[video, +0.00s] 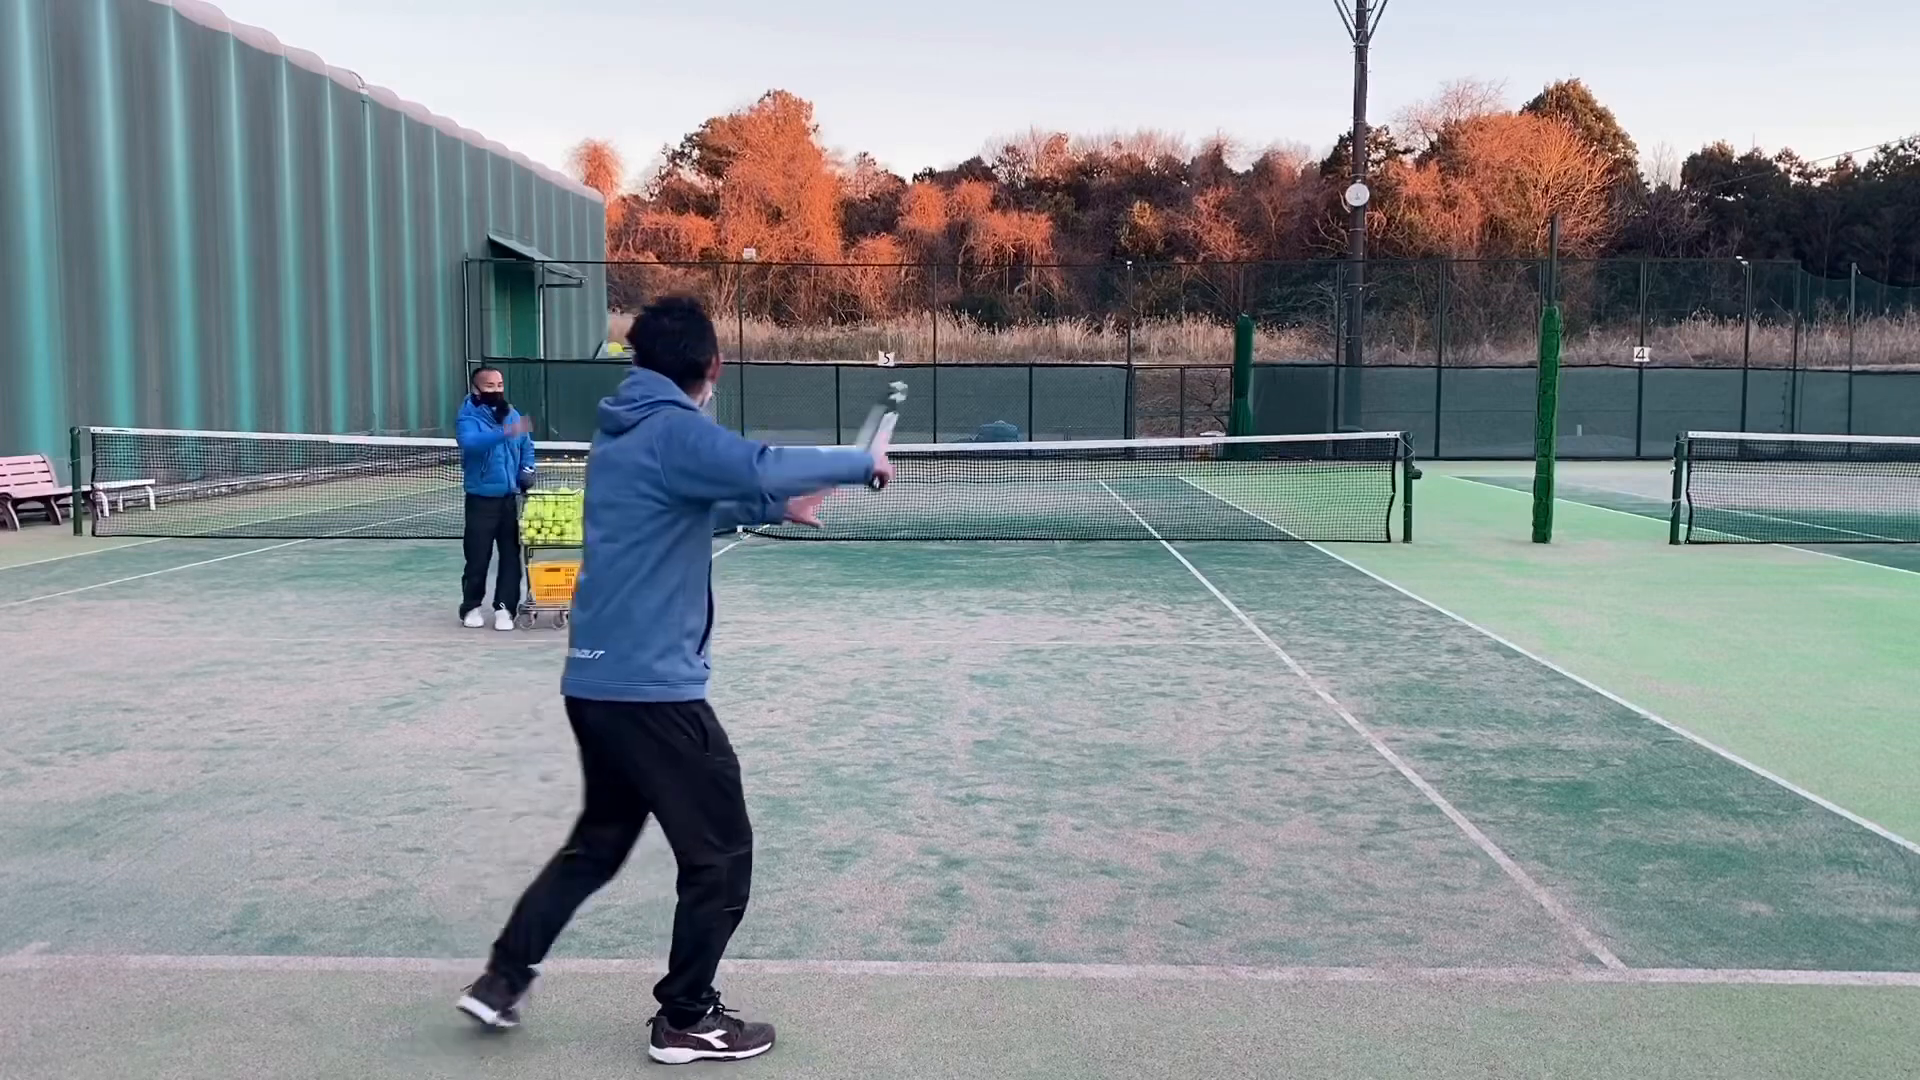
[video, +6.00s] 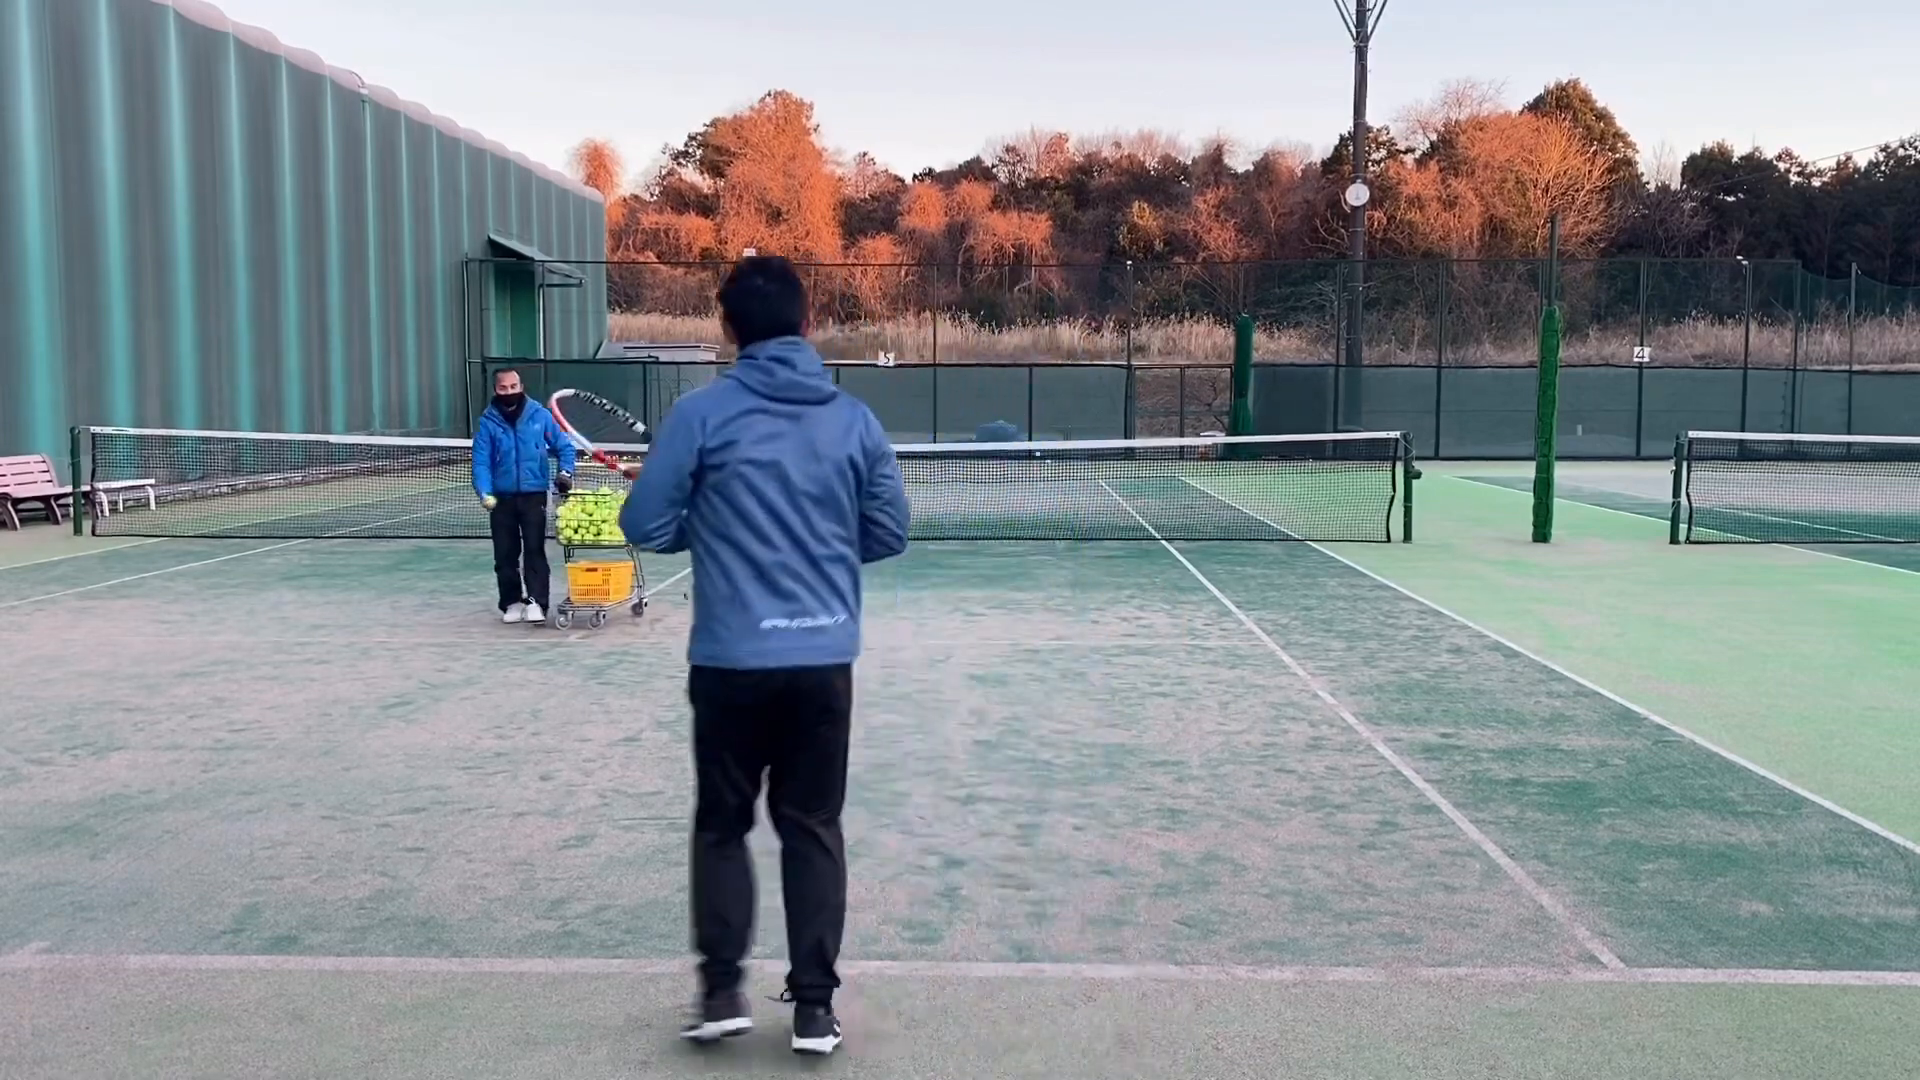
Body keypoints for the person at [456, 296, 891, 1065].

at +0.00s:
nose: (721, 368)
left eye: (718, 356)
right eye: (719, 357)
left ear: (642, 362)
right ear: (709, 365)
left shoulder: (618, 436)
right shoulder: (676, 434)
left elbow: (689, 512)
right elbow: (766, 471)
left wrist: (776, 507)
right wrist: (865, 462)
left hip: (593, 685)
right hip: (652, 689)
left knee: (601, 837)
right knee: (721, 849)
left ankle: (500, 981)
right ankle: (686, 1017)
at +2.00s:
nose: (981, 403)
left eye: (983, 393)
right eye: (983, 392)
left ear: (992, 402)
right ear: (1059, 395)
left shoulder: (1019, 477)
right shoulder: (1083, 465)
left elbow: (1019, 594)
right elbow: (1105, 567)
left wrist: (957, 589)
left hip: (1059, 706)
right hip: (1116, 697)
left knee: (940, 791)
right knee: (1146, 835)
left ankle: (979, 950)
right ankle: (1243, 970)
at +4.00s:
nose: (781, 386)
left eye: (778, 375)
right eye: (778, 374)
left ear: (699, 370)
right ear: (761, 378)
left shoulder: (705, 467)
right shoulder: (680, 435)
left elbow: (753, 531)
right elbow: (700, 437)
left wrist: (831, 548)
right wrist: (808, 404)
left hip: (694, 724)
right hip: (642, 728)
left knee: (760, 874)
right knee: (662, 921)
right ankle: (544, 1054)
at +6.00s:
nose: (722, 334)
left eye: (724, 323)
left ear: (730, 328)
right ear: (804, 323)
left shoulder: (703, 410)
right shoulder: (852, 416)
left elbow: (645, 525)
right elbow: (887, 533)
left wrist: (714, 520)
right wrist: (812, 538)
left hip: (730, 662)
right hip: (823, 662)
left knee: (721, 820)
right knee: (814, 822)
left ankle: (721, 991)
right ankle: (815, 1007)